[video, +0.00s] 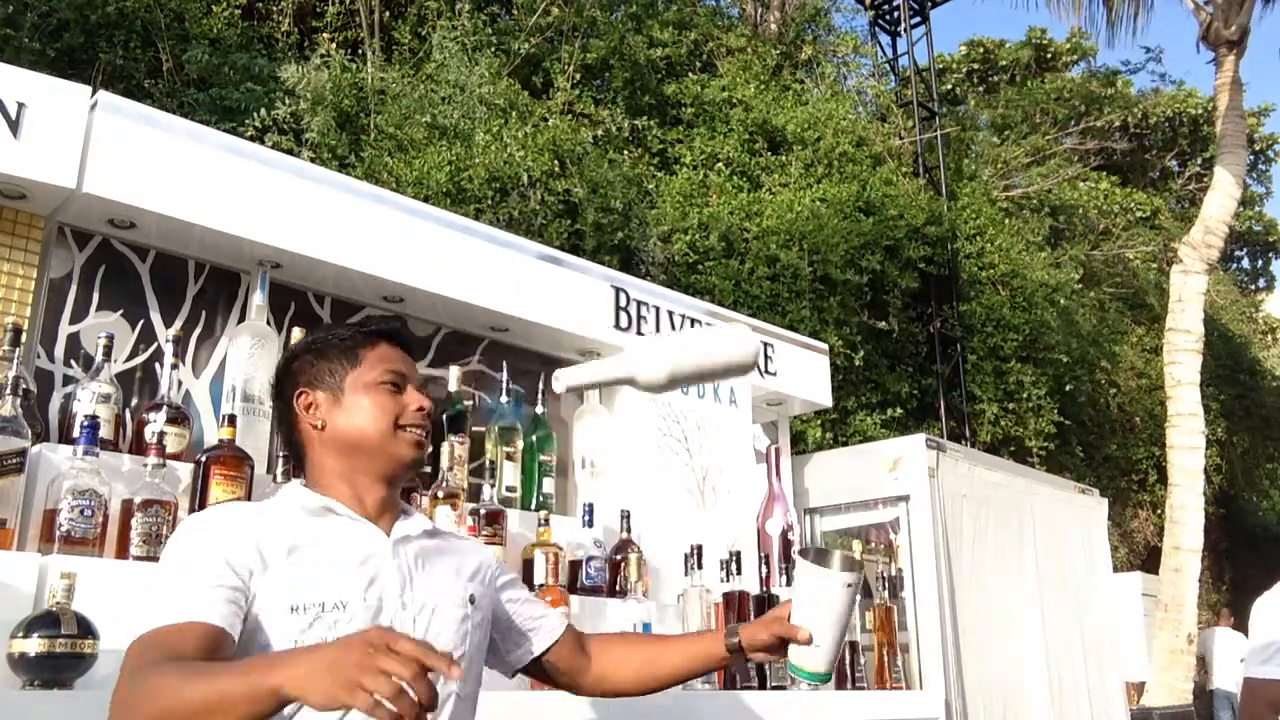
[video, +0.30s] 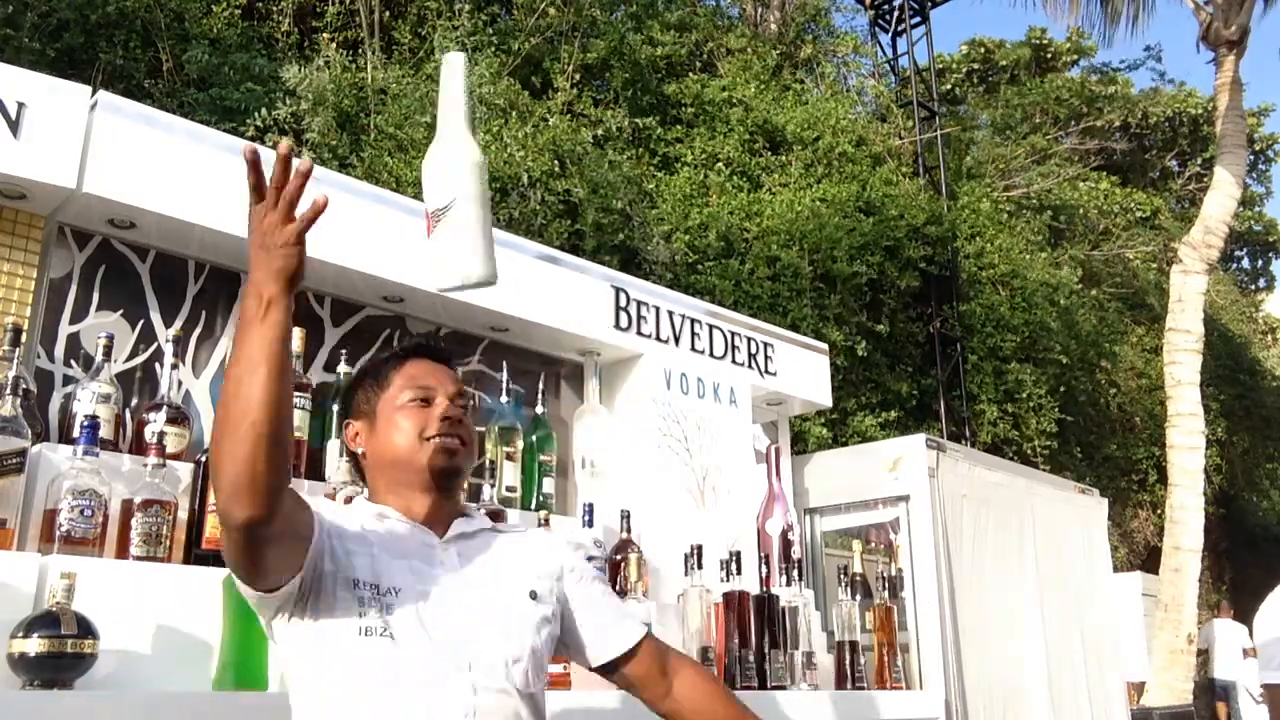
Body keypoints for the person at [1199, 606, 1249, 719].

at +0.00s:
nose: (1231, 620)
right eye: (1231, 618)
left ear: (1216, 618)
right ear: (1232, 620)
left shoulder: (1206, 635)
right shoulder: (1239, 637)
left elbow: (1200, 656)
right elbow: (1248, 657)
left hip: (1215, 683)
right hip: (1235, 684)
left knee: (1221, 715)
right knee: (1242, 715)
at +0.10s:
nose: (1234, 618)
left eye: (1230, 615)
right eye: (1233, 615)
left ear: (1219, 615)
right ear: (1234, 617)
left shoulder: (1208, 631)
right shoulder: (1242, 634)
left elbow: (1200, 653)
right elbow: (1245, 655)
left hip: (1216, 679)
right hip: (1237, 681)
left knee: (1219, 713)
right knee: (1237, 713)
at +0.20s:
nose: (1231, 614)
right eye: (1232, 613)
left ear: (1218, 613)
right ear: (1233, 614)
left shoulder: (1207, 628)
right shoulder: (1241, 630)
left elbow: (1200, 651)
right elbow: (1247, 654)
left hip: (1215, 675)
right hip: (1234, 676)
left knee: (1219, 709)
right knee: (1236, 711)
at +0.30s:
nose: (1229, 613)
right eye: (1231, 612)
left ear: (1217, 612)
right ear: (1232, 612)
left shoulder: (1208, 626)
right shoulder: (1241, 628)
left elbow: (1201, 649)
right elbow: (1251, 652)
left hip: (1216, 673)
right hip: (1234, 673)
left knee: (1220, 702)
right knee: (1235, 706)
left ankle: (1222, 717)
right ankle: (1235, 717)